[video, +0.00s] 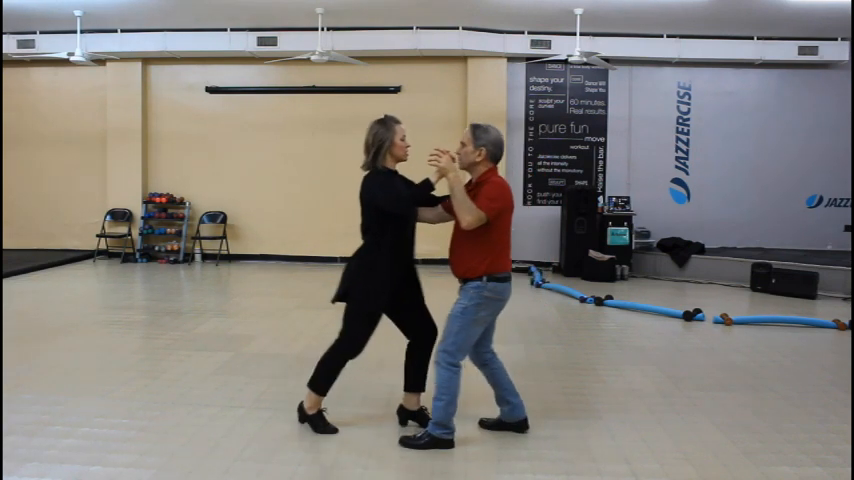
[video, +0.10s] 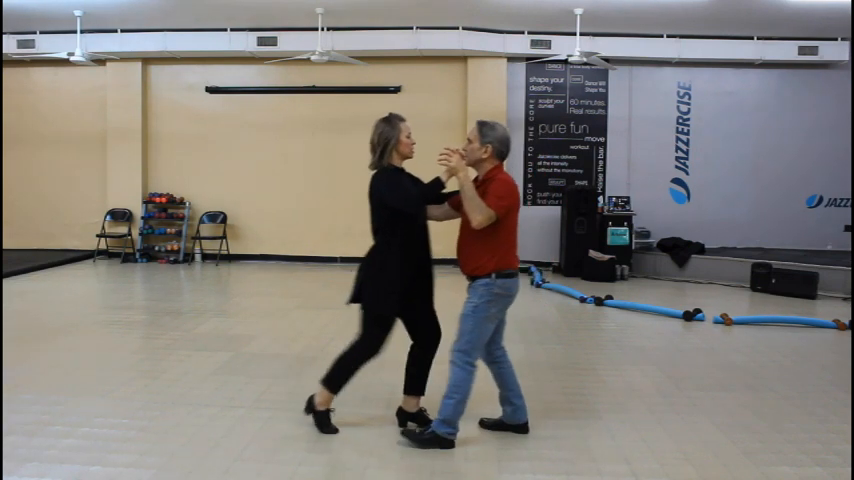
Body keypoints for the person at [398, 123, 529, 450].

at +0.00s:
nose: (456, 149)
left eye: (462, 145)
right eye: (458, 144)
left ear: (481, 154)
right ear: (479, 154)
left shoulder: (496, 188)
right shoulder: (472, 187)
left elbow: (470, 219)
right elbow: (434, 214)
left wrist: (452, 177)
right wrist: (395, 207)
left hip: (486, 285)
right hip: (479, 283)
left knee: (448, 354)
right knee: (481, 352)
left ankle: (440, 430)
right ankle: (514, 415)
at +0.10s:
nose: (464, 147)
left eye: (470, 143)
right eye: (466, 141)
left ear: (488, 150)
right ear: (488, 151)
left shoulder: (504, 186)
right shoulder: (479, 185)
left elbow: (479, 218)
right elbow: (440, 211)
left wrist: (463, 177)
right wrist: (403, 202)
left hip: (494, 282)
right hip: (488, 280)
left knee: (463, 354)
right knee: (493, 351)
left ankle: (444, 430)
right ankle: (516, 417)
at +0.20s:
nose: (470, 146)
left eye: (476, 141)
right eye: (472, 140)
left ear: (495, 148)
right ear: (495, 148)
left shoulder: (512, 183)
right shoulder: (486, 181)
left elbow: (489, 215)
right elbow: (450, 208)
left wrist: (473, 174)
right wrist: (413, 198)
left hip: (502, 279)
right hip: (496, 277)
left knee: (472, 352)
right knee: (500, 349)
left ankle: (457, 427)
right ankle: (516, 417)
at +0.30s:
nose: (477, 148)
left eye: (482, 142)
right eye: (478, 142)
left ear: (501, 146)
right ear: (499, 147)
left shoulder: (519, 179)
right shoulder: (494, 180)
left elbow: (497, 211)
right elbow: (457, 205)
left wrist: (482, 168)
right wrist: (421, 196)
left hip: (509, 277)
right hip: (502, 275)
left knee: (478, 349)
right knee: (504, 348)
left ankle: (493, 420)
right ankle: (517, 417)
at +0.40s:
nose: (483, 148)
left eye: (488, 143)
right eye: (484, 142)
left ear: (507, 147)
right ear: (505, 147)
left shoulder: (526, 178)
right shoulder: (502, 180)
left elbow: (502, 209)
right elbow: (463, 204)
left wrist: (489, 165)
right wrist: (428, 193)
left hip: (518, 277)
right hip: (505, 276)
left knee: (498, 351)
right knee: (499, 349)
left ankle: (522, 421)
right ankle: (514, 416)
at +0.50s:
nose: (491, 147)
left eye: (496, 142)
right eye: (492, 141)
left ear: (514, 147)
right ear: (513, 148)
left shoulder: (531, 179)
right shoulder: (510, 180)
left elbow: (507, 208)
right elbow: (471, 205)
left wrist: (495, 163)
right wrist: (436, 195)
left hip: (527, 278)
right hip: (513, 277)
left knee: (513, 352)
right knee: (505, 349)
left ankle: (528, 425)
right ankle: (512, 415)